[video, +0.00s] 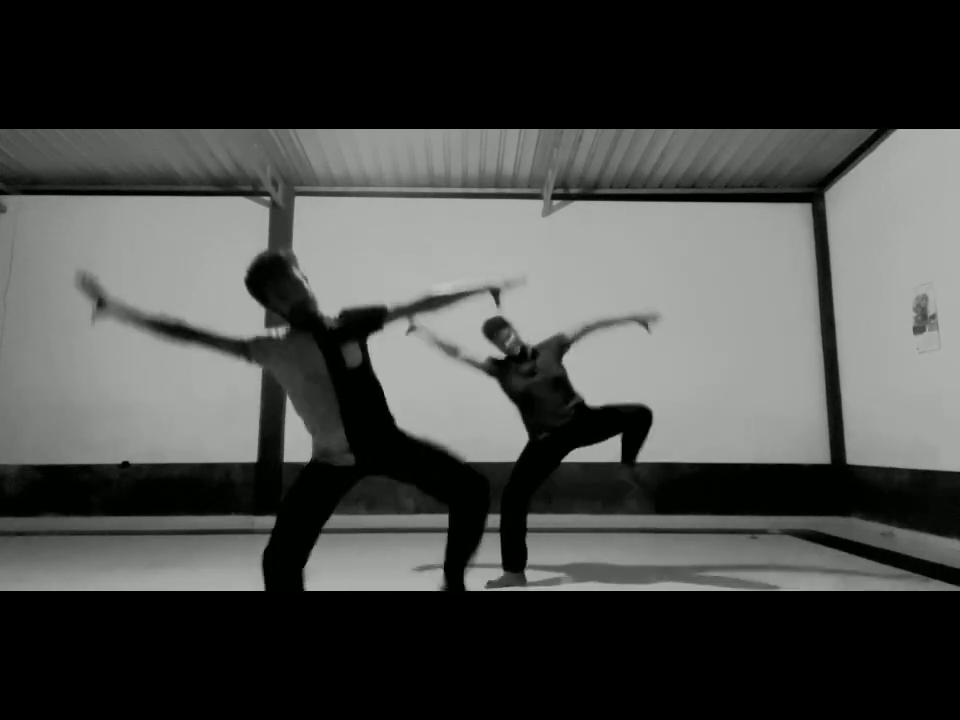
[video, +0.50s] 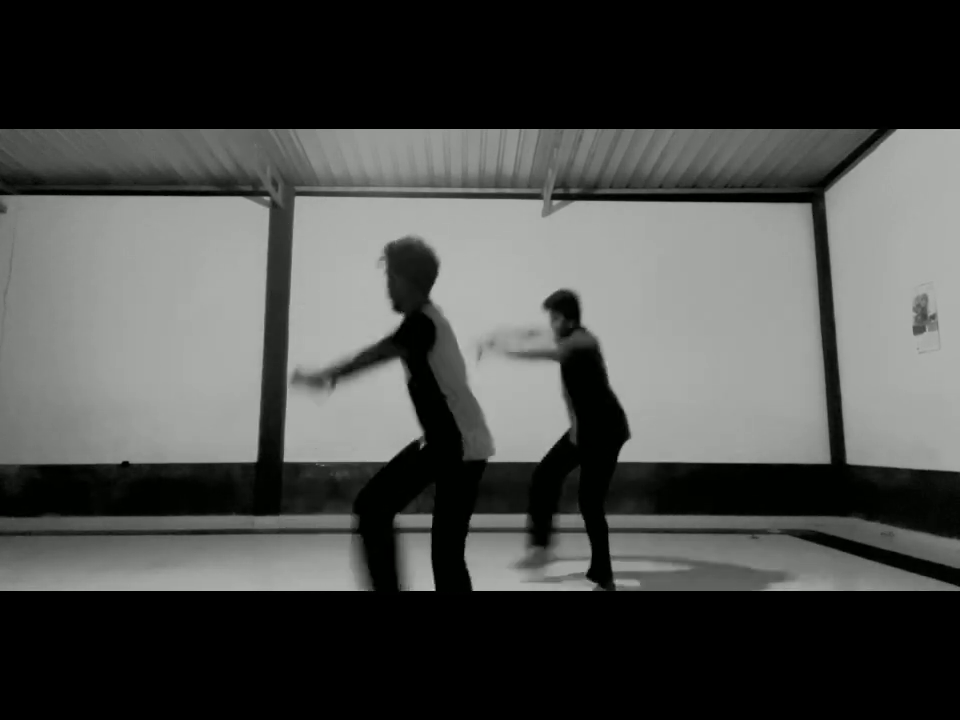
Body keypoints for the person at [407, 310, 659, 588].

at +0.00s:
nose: (509, 342)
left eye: (509, 335)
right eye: (501, 341)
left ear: (516, 330)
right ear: (497, 346)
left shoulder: (551, 349)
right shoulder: (500, 370)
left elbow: (592, 326)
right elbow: (456, 353)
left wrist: (636, 318)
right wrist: (423, 333)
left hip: (581, 422)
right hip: (545, 441)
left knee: (640, 415)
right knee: (513, 498)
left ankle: (627, 467)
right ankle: (514, 573)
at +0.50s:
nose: (550, 324)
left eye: (553, 318)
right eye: (550, 318)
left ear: (566, 318)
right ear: (566, 317)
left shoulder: (580, 342)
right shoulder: (570, 340)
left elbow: (549, 353)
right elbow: (533, 338)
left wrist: (506, 354)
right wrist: (497, 341)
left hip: (604, 432)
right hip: (583, 430)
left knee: (590, 499)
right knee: (545, 475)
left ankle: (602, 573)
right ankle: (539, 548)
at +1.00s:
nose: (637, 310)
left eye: (630, 306)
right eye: (633, 306)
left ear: (609, 319)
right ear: (632, 311)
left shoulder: (600, 346)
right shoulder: (656, 336)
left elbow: (559, 331)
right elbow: (707, 317)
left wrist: (535, 309)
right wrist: (739, 287)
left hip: (626, 434)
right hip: (666, 427)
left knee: (609, 498)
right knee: (721, 472)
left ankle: (615, 574)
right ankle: (751, 546)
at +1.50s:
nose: (641, 331)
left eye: (646, 325)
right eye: (640, 325)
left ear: (659, 328)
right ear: (662, 329)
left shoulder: (658, 354)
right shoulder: (666, 351)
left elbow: (620, 370)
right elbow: (627, 361)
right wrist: (595, 353)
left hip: (680, 441)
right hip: (693, 438)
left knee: (642, 504)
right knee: (701, 506)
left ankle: (671, 577)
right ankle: (766, 561)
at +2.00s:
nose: (641, 348)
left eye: (644, 342)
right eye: (636, 341)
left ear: (646, 344)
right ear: (622, 340)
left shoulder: (633, 370)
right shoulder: (617, 367)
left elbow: (648, 404)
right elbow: (643, 401)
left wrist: (682, 412)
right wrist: (678, 408)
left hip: (604, 449)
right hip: (583, 448)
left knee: (632, 495)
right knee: (589, 507)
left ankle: (615, 565)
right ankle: (576, 582)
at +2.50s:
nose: (598, 341)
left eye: (598, 337)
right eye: (592, 337)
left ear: (600, 339)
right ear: (580, 340)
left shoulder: (603, 360)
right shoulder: (570, 362)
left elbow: (626, 346)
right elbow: (557, 345)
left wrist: (639, 344)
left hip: (579, 440)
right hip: (555, 432)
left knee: (579, 499)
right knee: (582, 464)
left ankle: (541, 557)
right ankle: (565, 541)